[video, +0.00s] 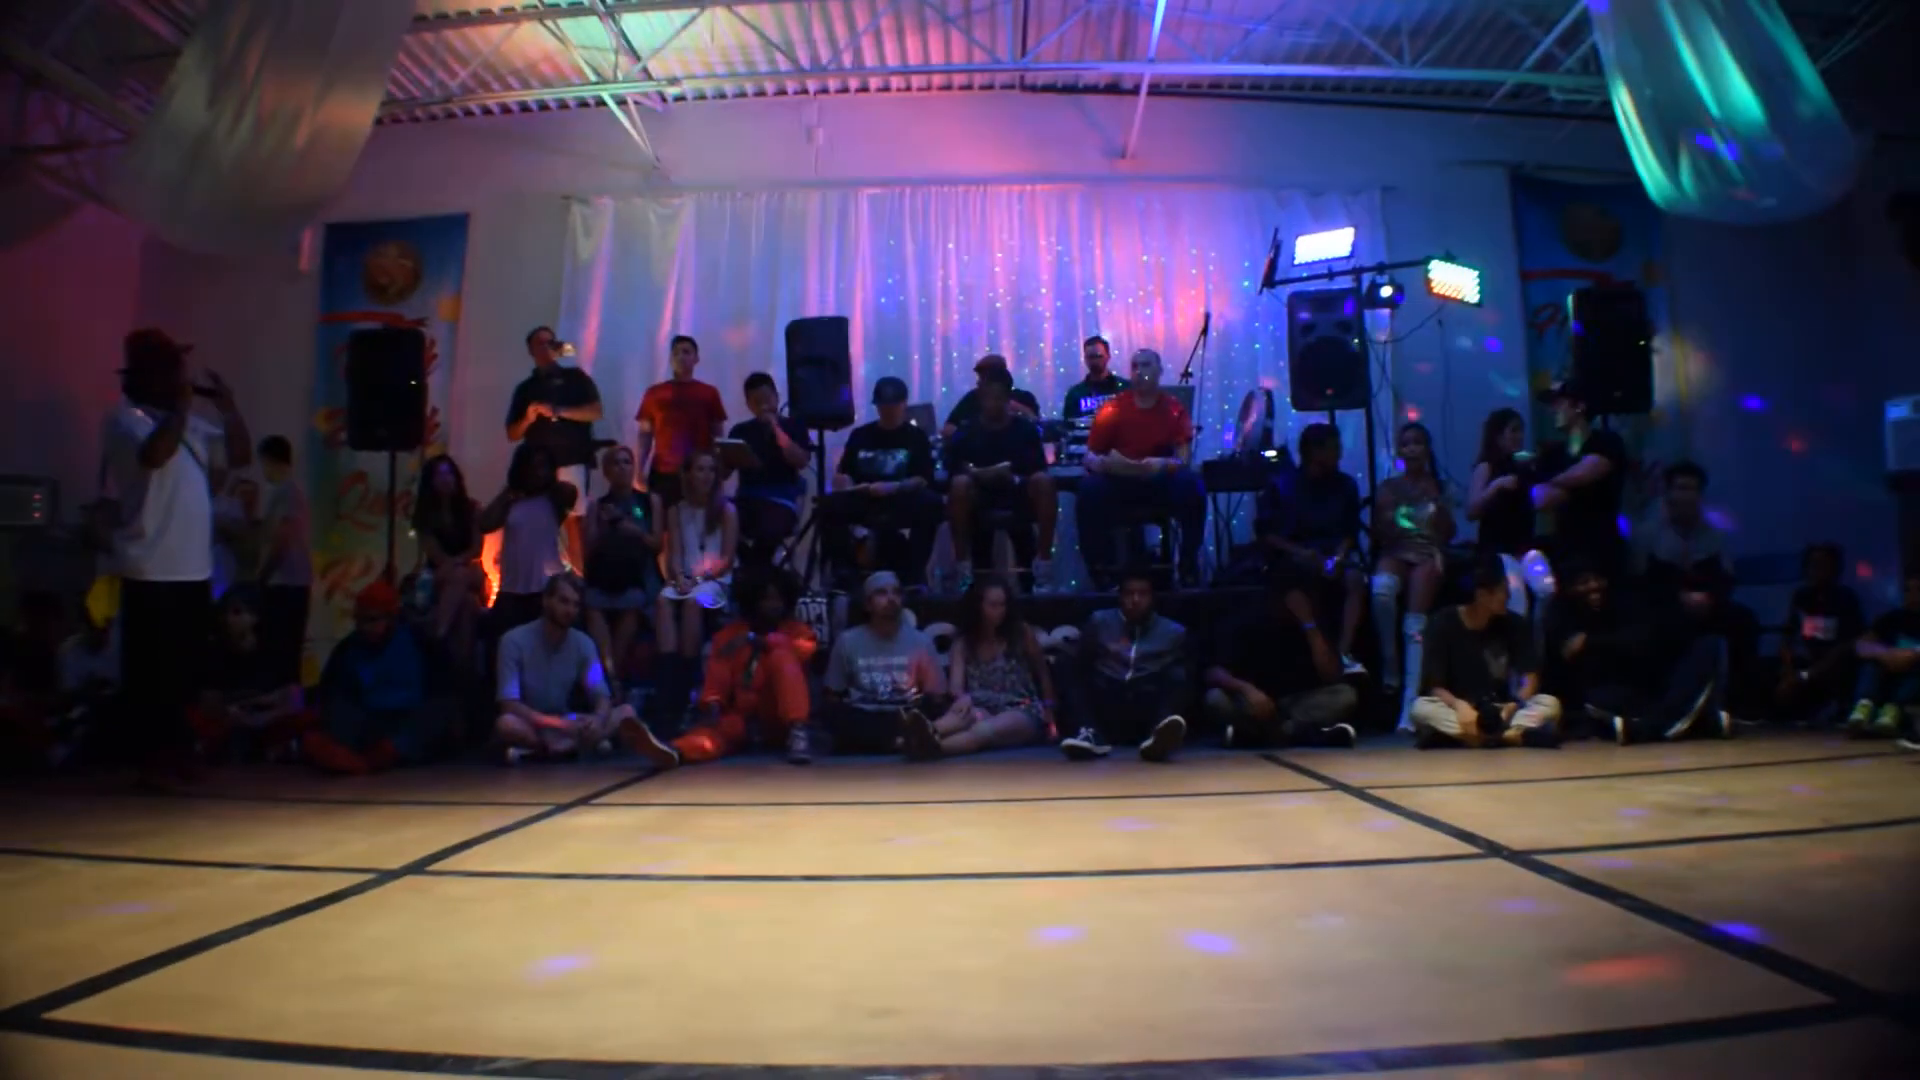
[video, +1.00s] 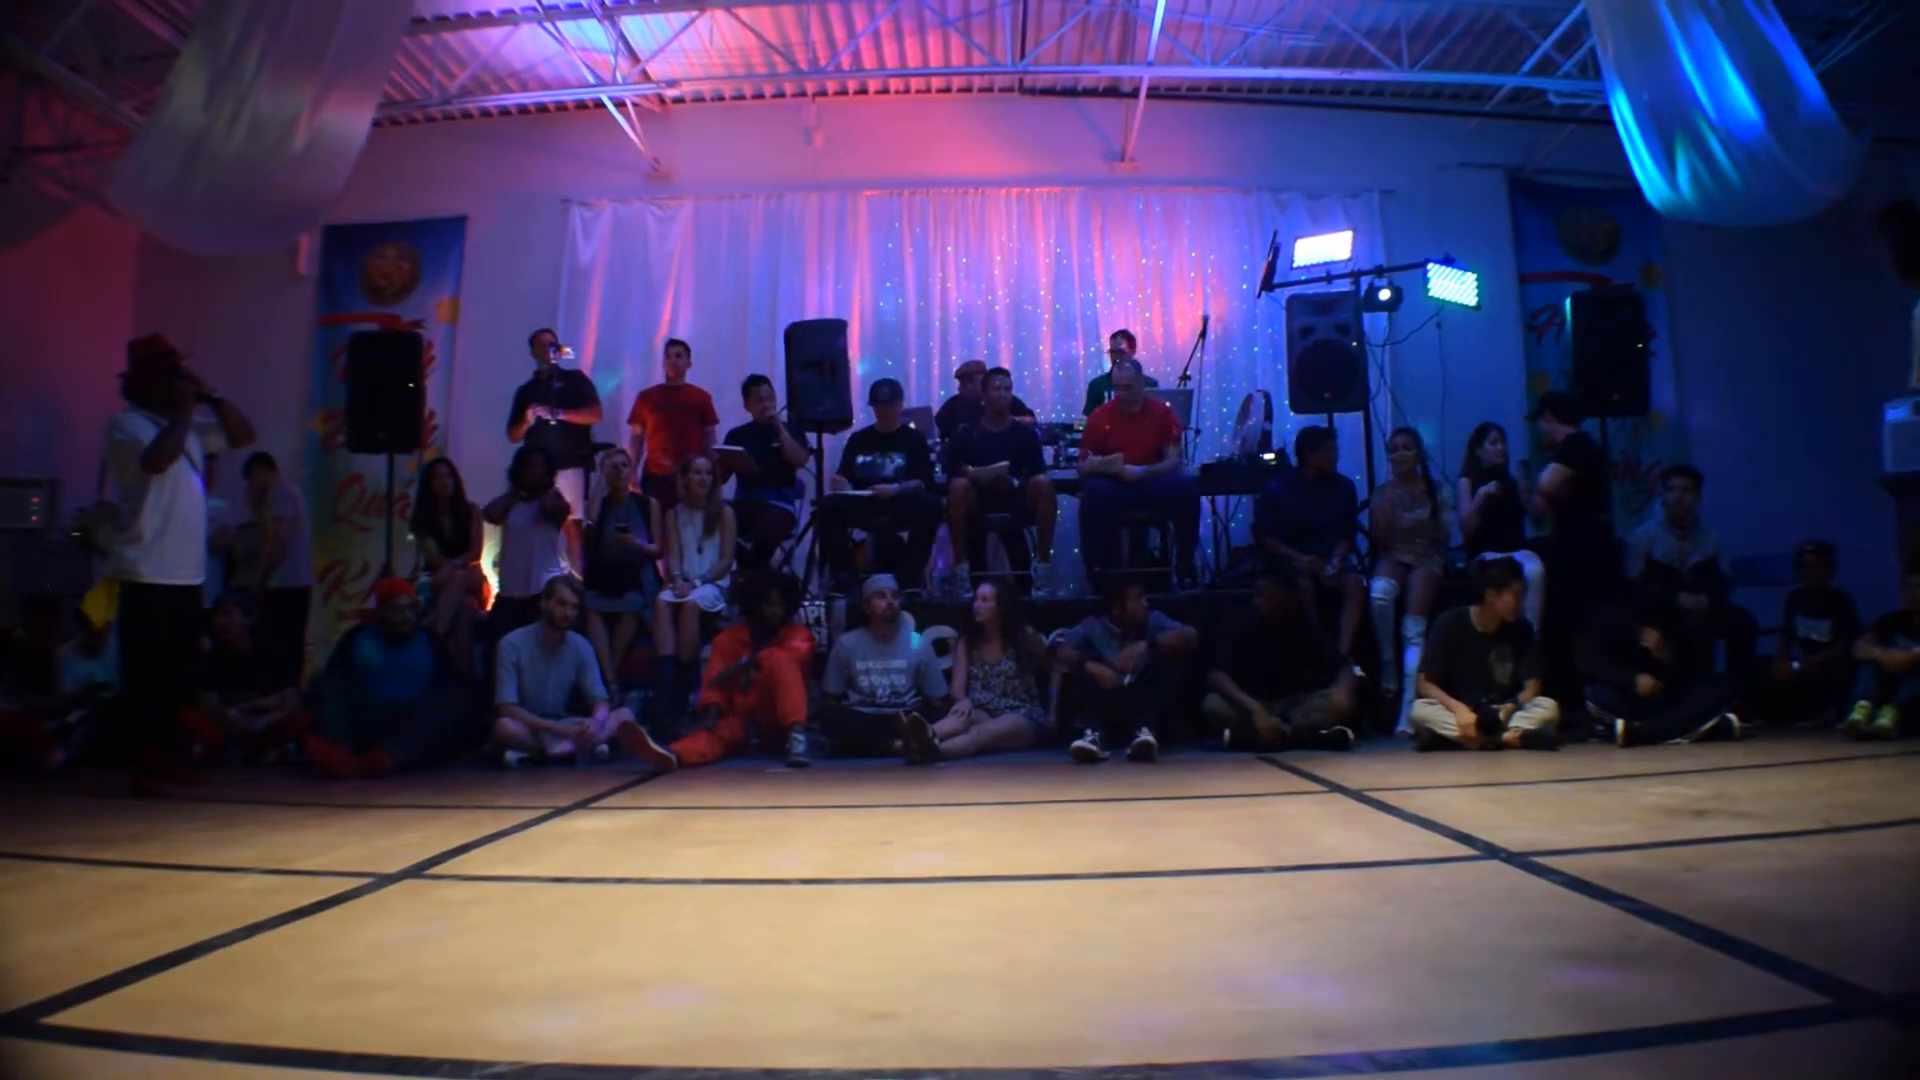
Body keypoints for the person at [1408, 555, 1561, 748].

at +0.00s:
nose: (1506, 597)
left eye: (1506, 591)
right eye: (1500, 591)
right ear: (1481, 595)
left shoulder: (1513, 624)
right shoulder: (1443, 624)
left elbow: (1531, 677)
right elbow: (1434, 686)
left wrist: (1514, 705)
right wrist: (1460, 706)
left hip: (1502, 702)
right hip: (1460, 704)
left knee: (1550, 704)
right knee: (1421, 708)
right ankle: (1508, 736)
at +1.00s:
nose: (1518, 603)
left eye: (1520, 596)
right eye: (1514, 595)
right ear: (1491, 596)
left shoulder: (1521, 629)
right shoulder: (1450, 625)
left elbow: (1532, 684)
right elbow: (1425, 684)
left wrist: (1511, 707)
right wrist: (1459, 710)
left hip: (1504, 706)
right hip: (1459, 707)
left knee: (1548, 707)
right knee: (1420, 710)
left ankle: (1462, 742)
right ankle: (1509, 739)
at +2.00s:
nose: (1472, 595)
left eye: (1480, 588)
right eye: (1465, 587)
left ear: (1489, 594)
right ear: (1451, 591)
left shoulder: (1505, 631)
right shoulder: (1432, 630)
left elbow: (1528, 687)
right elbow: (1422, 689)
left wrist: (1508, 708)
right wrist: (1457, 707)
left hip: (1499, 707)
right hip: (1455, 709)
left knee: (1547, 707)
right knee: (1418, 712)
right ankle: (1507, 740)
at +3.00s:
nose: (1492, 605)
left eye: (1495, 597)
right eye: (1485, 596)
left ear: (1500, 596)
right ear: (1463, 594)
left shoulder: (1505, 627)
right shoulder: (1434, 628)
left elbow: (1528, 686)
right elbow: (1423, 690)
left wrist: (1511, 706)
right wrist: (1457, 707)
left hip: (1499, 707)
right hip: (1456, 710)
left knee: (1547, 707)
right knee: (1419, 712)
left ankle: (1470, 743)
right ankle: (1508, 740)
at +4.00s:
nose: (1500, 612)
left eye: (1506, 606)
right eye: (1495, 603)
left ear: (1512, 606)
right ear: (1474, 595)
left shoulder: (1512, 630)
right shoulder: (1439, 629)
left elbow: (1530, 686)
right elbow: (1424, 690)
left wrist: (1509, 708)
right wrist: (1457, 707)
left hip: (1501, 707)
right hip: (1459, 711)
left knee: (1547, 707)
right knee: (1419, 711)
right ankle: (1505, 741)